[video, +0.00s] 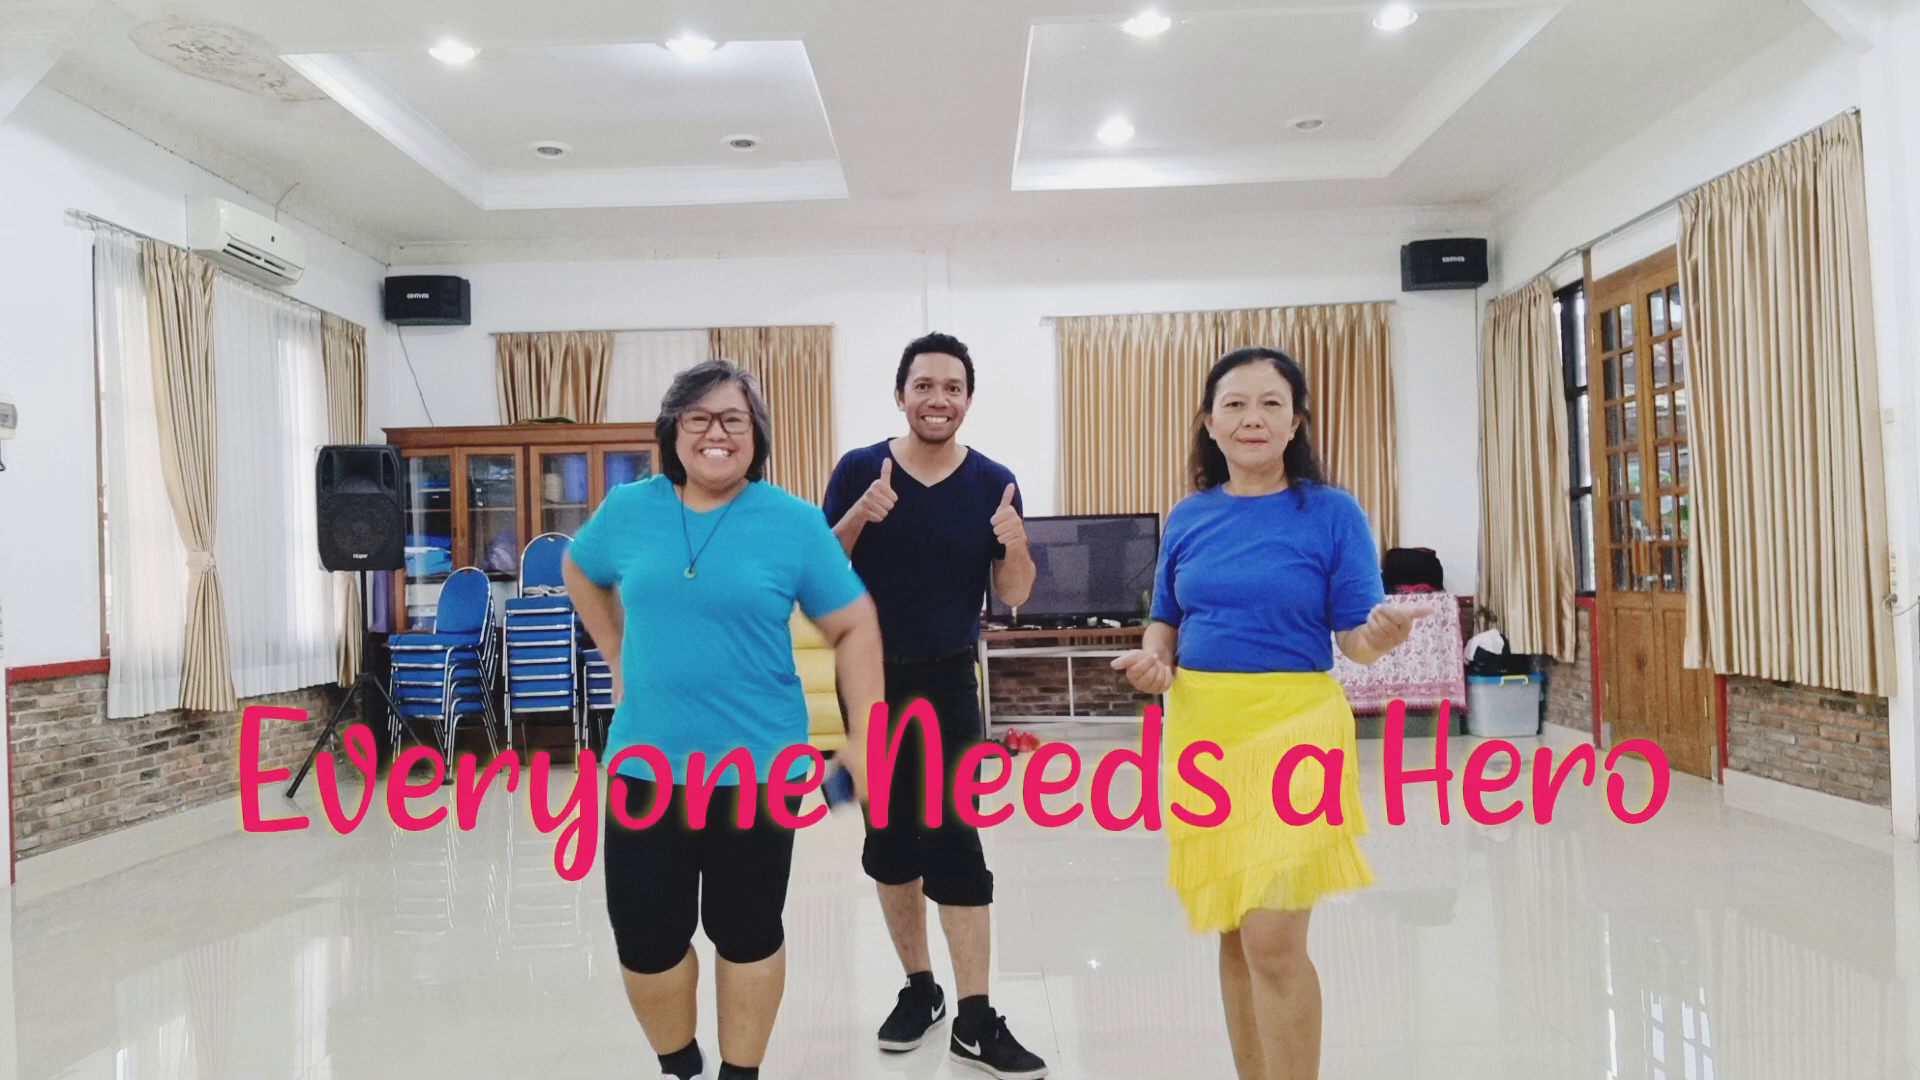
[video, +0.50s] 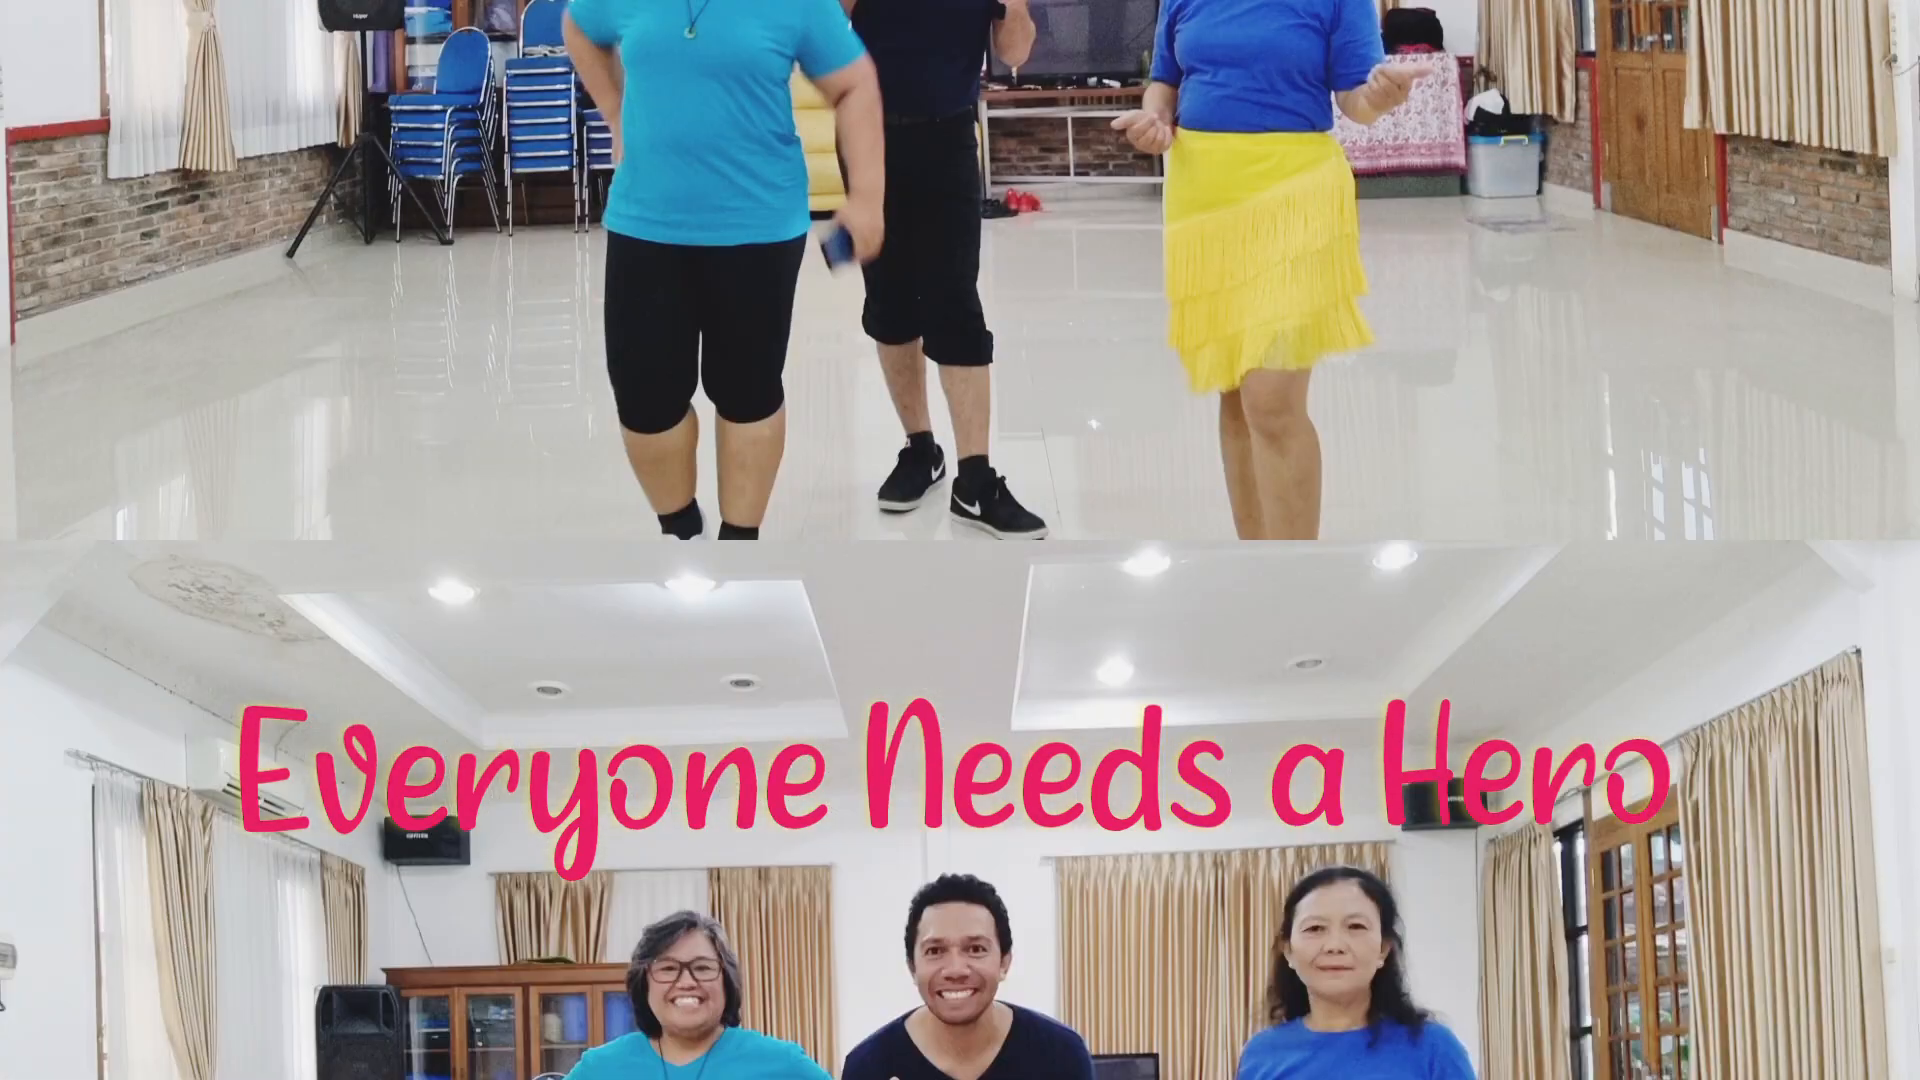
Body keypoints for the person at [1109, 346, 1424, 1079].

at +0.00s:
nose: (1252, 418)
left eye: (1270, 404)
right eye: (1234, 404)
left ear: (1295, 421)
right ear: (1210, 421)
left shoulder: (1333, 512)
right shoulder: (1186, 517)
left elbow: (1356, 643)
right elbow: (1163, 628)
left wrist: (1380, 635)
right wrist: (1151, 660)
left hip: (1297, 723)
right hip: (1204, 724)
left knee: (1272, 941)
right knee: (1237, 941)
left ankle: (1296, 1077)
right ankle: (1254, 1078)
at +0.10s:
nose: (1252, 414)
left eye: (1269, 399)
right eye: (1234, 400)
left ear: (1295, 416)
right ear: (1210, 417)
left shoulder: (1334, 508)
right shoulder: (1186, 513)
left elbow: (1356, 639)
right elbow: (1164, 620)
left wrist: (1381, 630)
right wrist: (1153, 655)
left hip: (1296, 719)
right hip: (1203, 720)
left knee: (1272, 937)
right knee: (1236, 936)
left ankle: (1297, 1078)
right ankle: (1256, 1078)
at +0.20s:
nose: (1252, 383)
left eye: (1269, 369)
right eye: (1234, 370)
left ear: (1295, 386)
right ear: (1210, 387)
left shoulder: (1334, 478)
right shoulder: (1186, 482)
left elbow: (1356, 608)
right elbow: (1163, 590)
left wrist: (1381, 600)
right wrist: (1152, 624)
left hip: (1295, 688)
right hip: (1202, 689)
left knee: (1272, 907)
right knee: (1236, 906)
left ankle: (1296, 1066)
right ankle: (1256, 1062)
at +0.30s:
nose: (1252, 302)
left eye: (1270, 287)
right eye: (1234, 288)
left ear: (1295, 304)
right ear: (1210, 305)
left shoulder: (1333, 396)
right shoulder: (1186, 401)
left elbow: (1356, 526)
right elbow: (1163, 508)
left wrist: (1380, 516)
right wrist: (1150, 542)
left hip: (1295, 607)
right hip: (1202, 608)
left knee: (1272, 817)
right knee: (1233, 818)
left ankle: (1296, 1004)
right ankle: (1259, 997)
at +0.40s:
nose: (1252, 141)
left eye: (1270, 127)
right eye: (1235, 128)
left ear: (1296, 143)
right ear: (1210, 145)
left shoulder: (1333, 236)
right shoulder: (1186, 241)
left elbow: (1357, 367)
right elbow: (1163, 346)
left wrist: (1381, 357)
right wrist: (1152, 381)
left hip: (1295, 446)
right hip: (1202, 449)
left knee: (1271, 663)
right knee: (1236, 663)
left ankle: (1304, 836)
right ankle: (1255, 830)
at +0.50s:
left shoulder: (1339, 1)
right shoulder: (1183, 3)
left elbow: (1355, 100)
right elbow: (1164, 78)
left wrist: (1384, 93)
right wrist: (1154, 117)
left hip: (1294, 179)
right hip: (1204, 182)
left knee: (1271, 400)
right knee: (1237, 400)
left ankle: (1295, 587)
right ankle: (1257, 577)